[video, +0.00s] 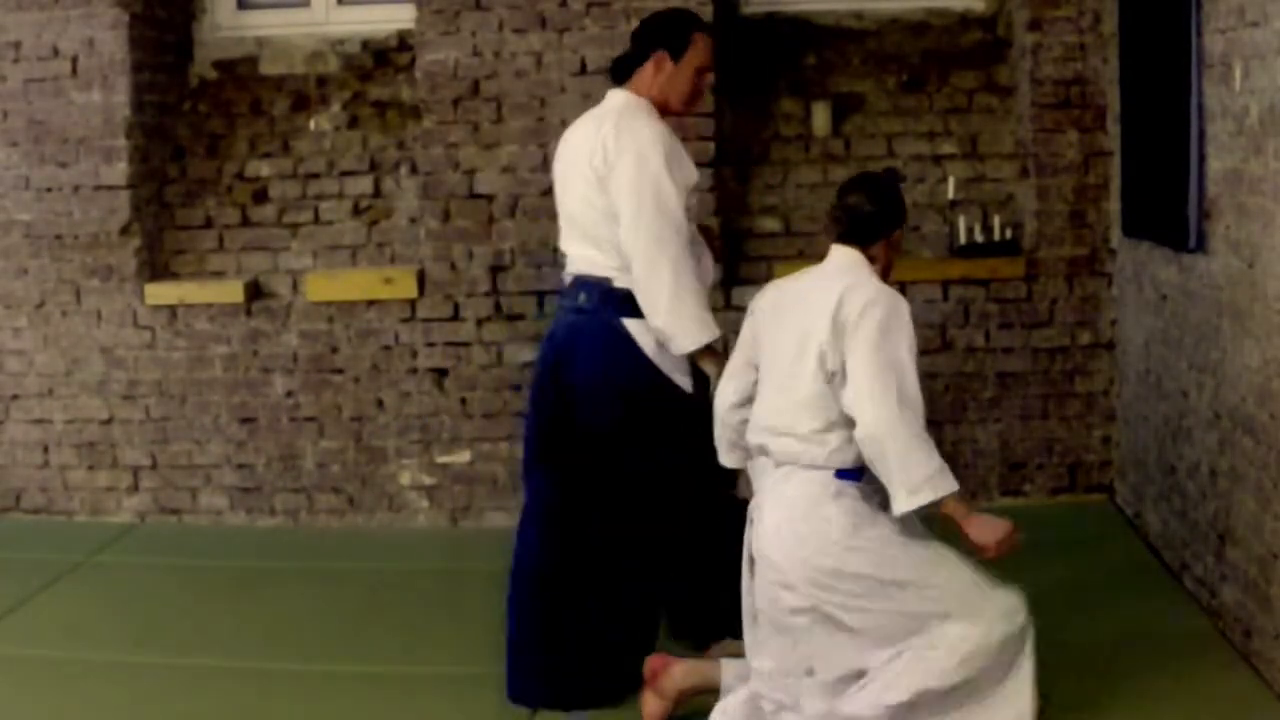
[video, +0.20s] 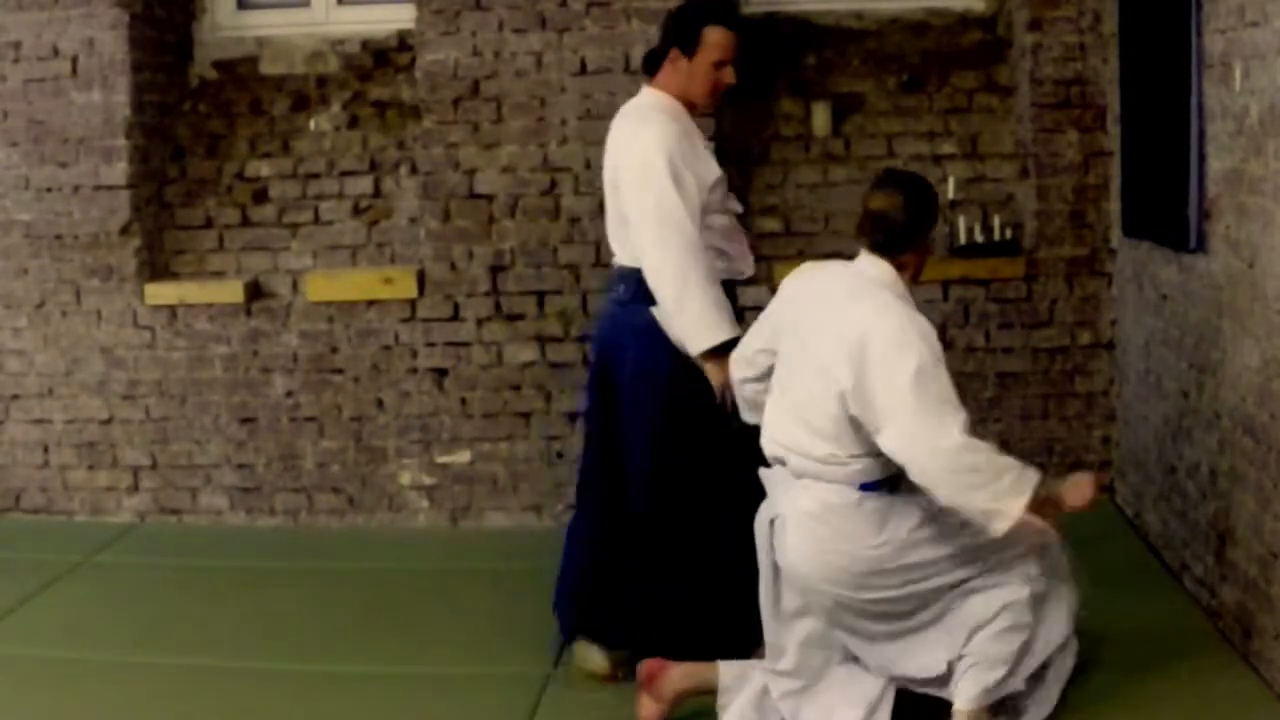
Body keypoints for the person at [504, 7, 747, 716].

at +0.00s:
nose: (705, 88)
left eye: (708, 74)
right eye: (699, 72)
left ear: (649, 66)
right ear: (659, 63)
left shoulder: (582, 128)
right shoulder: (640, 132)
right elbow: (657, 250)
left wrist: (686, 246)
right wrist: (714, 354)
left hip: (576, 331)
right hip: (629, 335)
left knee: (575, 510)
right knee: (669, 496)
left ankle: (567, 674)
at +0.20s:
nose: (728, 79)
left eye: (730, 66)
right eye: (719, 64)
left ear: (679, 63)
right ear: (676, 59)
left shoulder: (653, 121)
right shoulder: (655, 130)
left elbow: (676, 239)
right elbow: (670, 247)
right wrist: (717, 349)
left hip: (650, 316)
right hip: (665, 323)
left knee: (635, 477)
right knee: (674, 482)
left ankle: (604, 628)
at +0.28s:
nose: (731, 76)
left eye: (735, 63)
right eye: (721, 62)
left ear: (692, 62)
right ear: (677, 58)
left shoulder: (688, 123)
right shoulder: (656, 130)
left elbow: (707, 218)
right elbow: (668, 243)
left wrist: (750, 254)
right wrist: (711, 346)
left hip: (706, 308)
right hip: (674, 318)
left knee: (703, 471)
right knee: (683, 474)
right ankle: (679, 624)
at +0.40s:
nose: (738, 67)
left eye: (742, 54)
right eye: (728, 53)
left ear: (710, 55)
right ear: (688, 51)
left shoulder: (716, 126)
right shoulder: (658, 131)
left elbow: (740, 216)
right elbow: (664, 242)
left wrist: (770, 253)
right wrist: (699, 340)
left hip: (737, 297)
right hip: (685, 306)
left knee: (740, 466)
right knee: (693, 472)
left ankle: (736, 611)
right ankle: (688, 622)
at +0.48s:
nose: (737, 61)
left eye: (741, 48)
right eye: (725, 48)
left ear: (736, 53)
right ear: (687, 50)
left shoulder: (734, 128)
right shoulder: (658, 129)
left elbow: (755, 220)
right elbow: (657, 234)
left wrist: (777, 307)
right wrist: (687, 331)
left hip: (744, 310)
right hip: (686, 315)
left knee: (749, 477)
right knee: (693, 485)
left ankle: (751, 624)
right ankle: (699, 639)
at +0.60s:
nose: (729, 55)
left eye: (734, 44)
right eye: (715, 44)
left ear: (740, 50)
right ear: (683, 51)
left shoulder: (750, 128)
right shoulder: (656, 131)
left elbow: (783, 213)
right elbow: (644, 232)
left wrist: (794, 301)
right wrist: (671, 325)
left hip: (756, 311)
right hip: (688, 312)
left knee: (749, 471)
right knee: (690, 479)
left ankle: (753, 617)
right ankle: (691, 629)